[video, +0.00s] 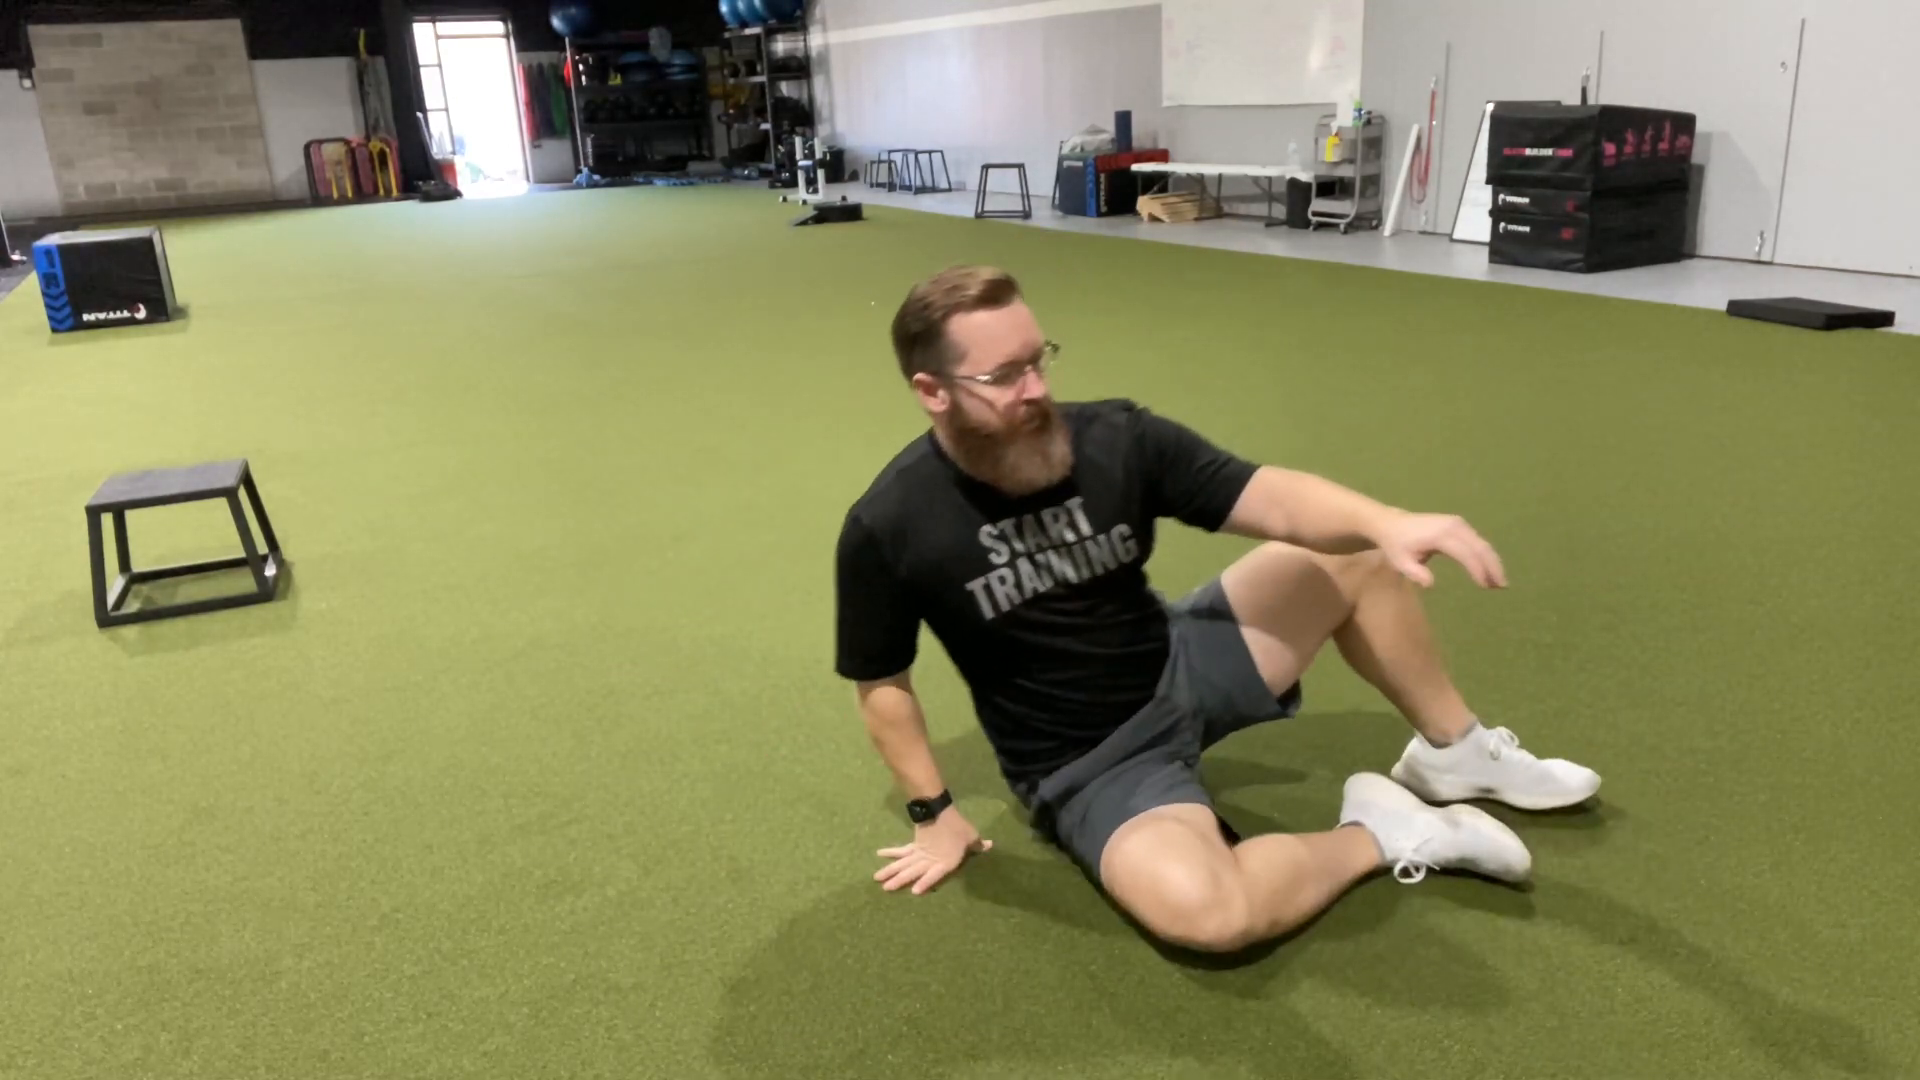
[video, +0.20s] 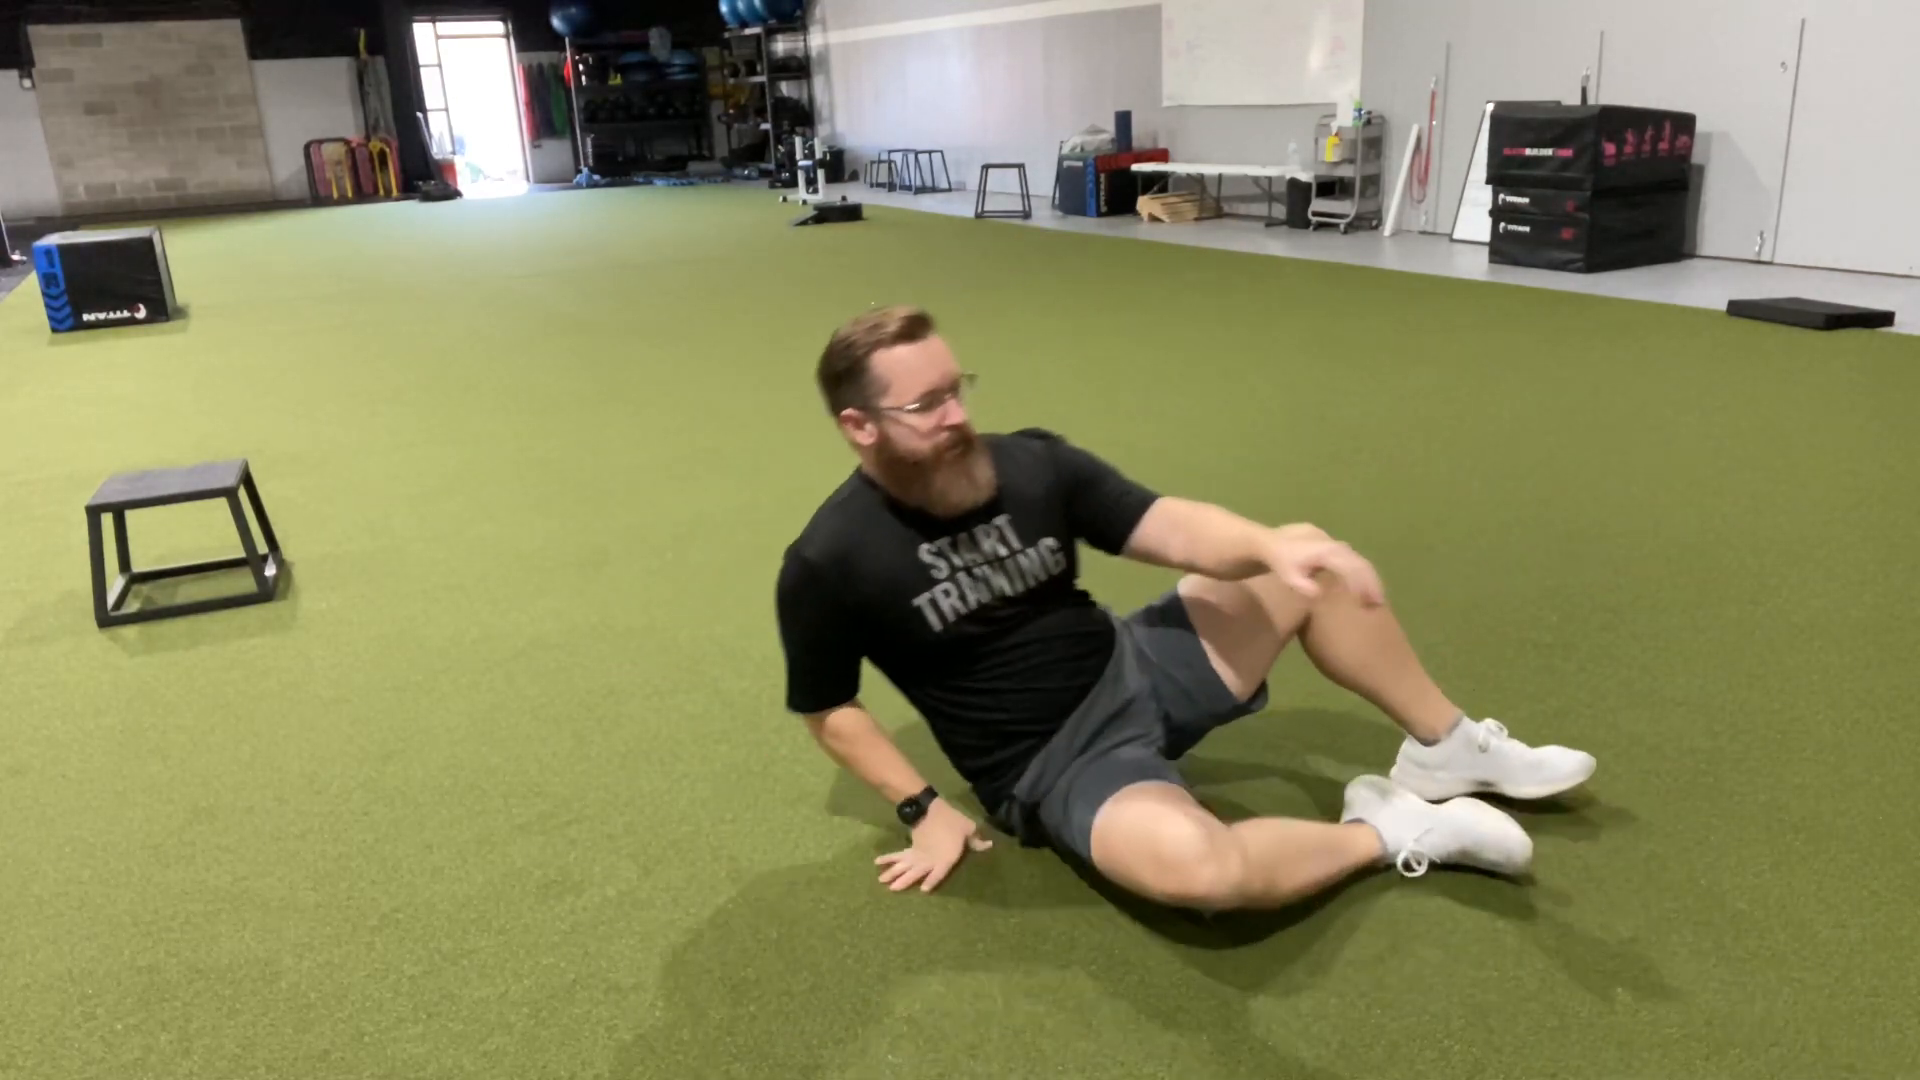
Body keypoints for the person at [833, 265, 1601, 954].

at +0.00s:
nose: (1035, 388)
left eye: (1038, 359)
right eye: (1003, 375)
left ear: (1046, 347)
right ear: (932, 396)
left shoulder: (1114, 440)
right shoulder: (889, 533)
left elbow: (1264, 496)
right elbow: (880, 682)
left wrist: (1388, 525)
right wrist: (937, 816)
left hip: (1179, 659)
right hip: (1090, 761)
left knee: (1344, 554)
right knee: (1200, 911)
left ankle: (1459, 749)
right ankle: (1385, 829)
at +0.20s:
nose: (956, 415)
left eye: (956, 390)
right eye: (927, 406)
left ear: (965, 381)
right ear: (859, 429)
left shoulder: (1031, 464)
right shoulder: (828, 566)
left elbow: (1167, 527)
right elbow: (829, 709)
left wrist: (1270, 545)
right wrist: (925, 810)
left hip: (1138, 662)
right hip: (1057, 762)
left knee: (1299, 561)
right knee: (1199, 875)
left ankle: (1455, 745)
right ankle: (1389, 828)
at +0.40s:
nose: (863, 447)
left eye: (858, 426)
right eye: (835, 441)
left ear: (867, 421)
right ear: (777, 478)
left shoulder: (939, 489)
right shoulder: (774, 609)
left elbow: (1057, 529)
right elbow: (798, 757)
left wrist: (1143, 526)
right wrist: (914, 812)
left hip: (1085, 650)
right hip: (1018, 751)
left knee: (1251, 536)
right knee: (1180, 777)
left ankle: (1413, 720)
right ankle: (1384, 815)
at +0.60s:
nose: (797, 489)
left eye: (789, 471)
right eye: (769, 486)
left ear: (799, 473)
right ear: (721, 530)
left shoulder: (879, 525)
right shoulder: (743, 636)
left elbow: (1002, 526)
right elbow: (783, 778)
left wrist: (1029, 479)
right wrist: (915, 812)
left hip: (1053, 650)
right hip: (988, 749)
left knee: (1167, 490)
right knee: (1094, 636)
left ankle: (1350, 648)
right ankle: (1305, 739)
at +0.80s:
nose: (733, 540)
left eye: (725, 527)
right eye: (703, 550)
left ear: (752, 532)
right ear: (684, 602)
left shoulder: (854, 562)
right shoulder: (720, 667)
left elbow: (971, 565)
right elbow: (768, 769)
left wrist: (911, 457)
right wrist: (880, 729)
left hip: (1051, 672)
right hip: (978, 738)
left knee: (1045, 434)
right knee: (935, 488)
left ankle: (1225, 521)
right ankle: (1188, 576)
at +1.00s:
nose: (709, 576)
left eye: (704, 571)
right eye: (684, 591)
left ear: (729, 581)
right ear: (674, 645)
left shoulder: (811, 614)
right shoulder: (701, 687)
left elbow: (917, 536)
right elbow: (742, 744)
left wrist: (823, 476)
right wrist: (787, 608)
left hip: (1030, 633)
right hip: (943, 679)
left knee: (977, 405)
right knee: (824, 437)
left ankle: (1119, 435)